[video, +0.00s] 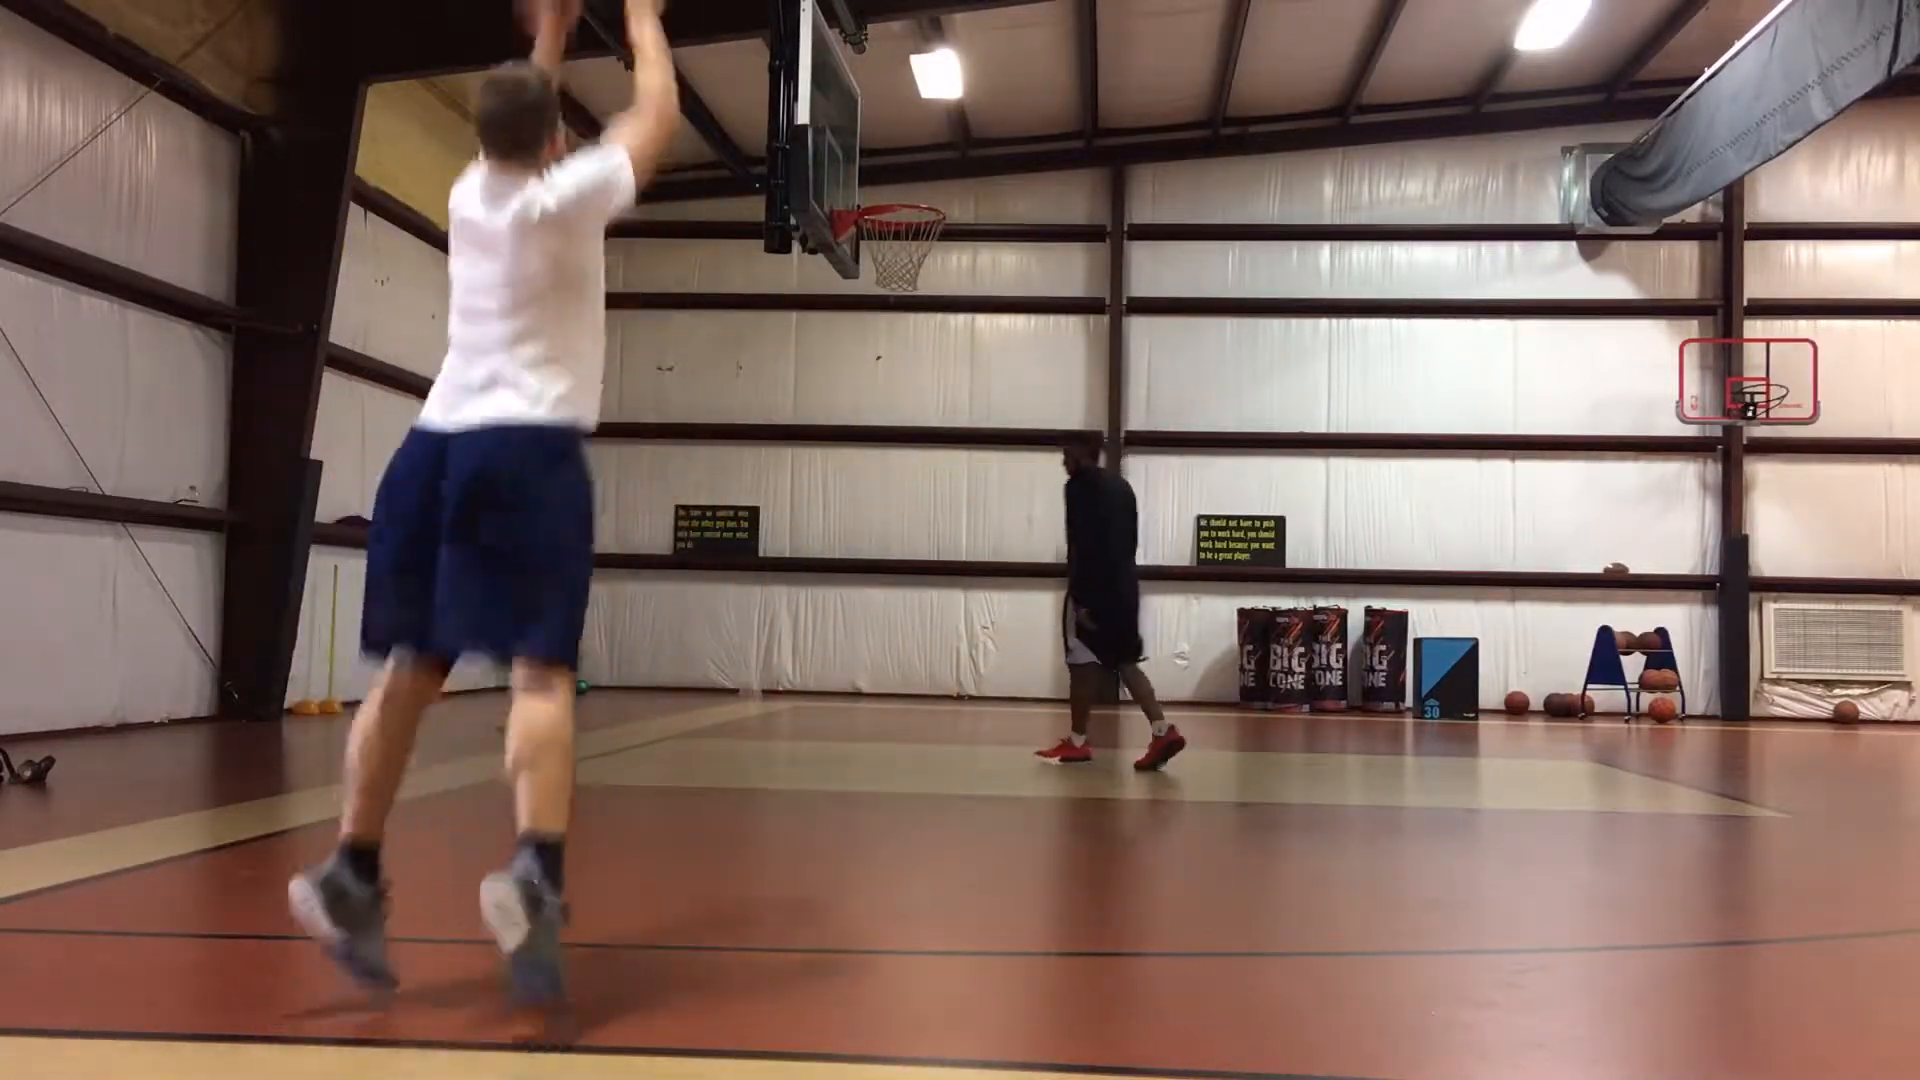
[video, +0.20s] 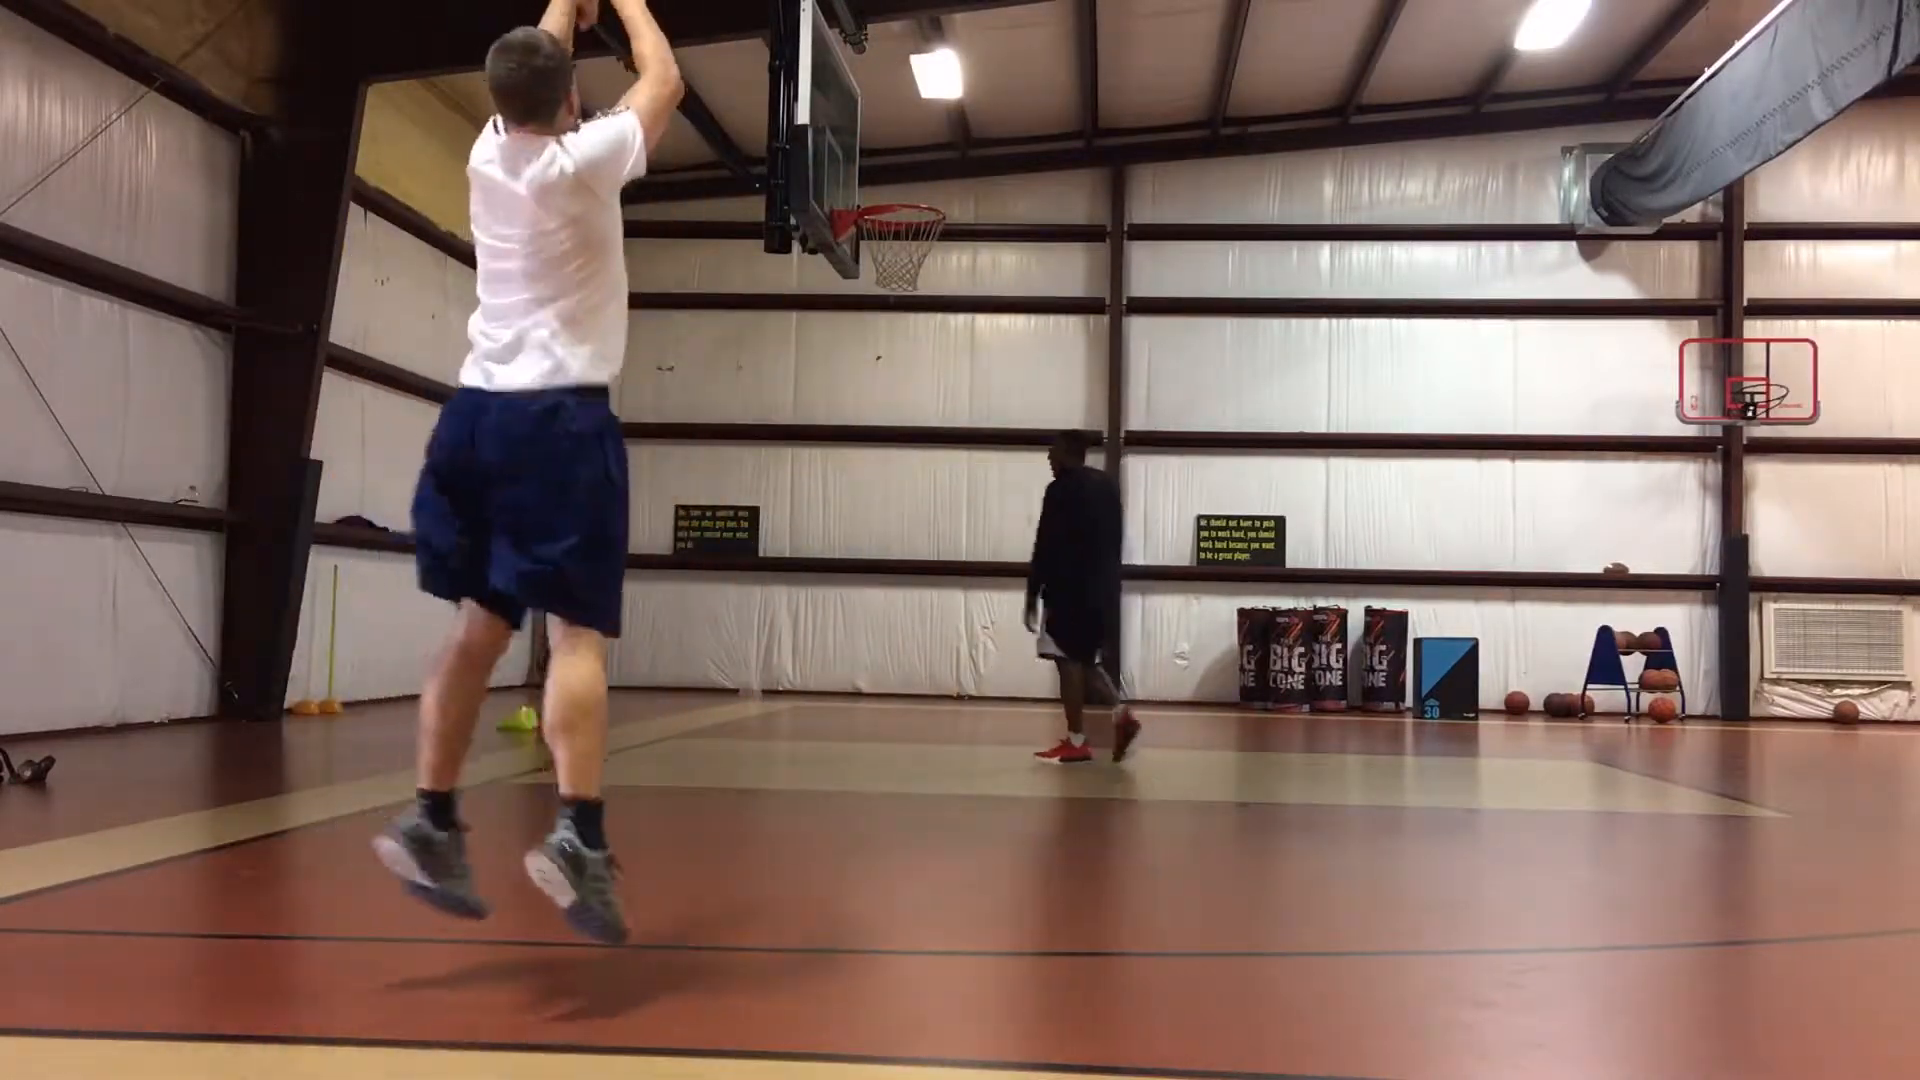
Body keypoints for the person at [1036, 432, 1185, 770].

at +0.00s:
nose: (1065, 460)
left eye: (1068, 453)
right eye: (1065, 453)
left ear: (1084, 452)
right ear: (1096, 452)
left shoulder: (1078, 487)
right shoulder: (1121, 487)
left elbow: (1082, 545)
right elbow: (1129, 544)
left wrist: (1080, 596)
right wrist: (1115, 580)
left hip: (1090, 592)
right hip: (1122, 589)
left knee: (1080, 665)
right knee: (1125, 662)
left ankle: (1077, 740)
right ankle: (1163, 731)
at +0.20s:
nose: (1049, 457)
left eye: (1053, 452)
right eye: (1050, 451)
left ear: (1067, 454)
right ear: (1081, 453)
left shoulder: (1059, 489)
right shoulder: (1105, 485)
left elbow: (1045, 547)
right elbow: (1113, 543)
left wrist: (1032, 595)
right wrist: (1106, 584)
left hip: (1068, 590)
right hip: (1101, 589)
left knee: (1068, 662)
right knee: (1084, 661)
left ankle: (1075, 740)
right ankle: (1120, 713)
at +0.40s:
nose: (1041, 452)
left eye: (1047, 447)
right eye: (1043, 446)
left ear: (1063, 452)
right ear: (1072, 453)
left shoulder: (1048, 489)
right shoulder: (1089, 486)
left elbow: (1026, 539)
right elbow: (1097, 541)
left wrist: (999, 578)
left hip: (1057, 589)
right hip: (1082, 587)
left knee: (1051, 657)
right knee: (1059, 658)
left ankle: (1075, 739)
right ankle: (1067, 736)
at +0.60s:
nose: (1033, 448)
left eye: (1041, 444)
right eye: (1036, 443)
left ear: (1059, 455)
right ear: (1054, 455)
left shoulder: (1049, 491)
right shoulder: (1050, 489)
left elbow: (1025, 545)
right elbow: (1029, 544)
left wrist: (990, 573)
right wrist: (995, 573)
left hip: (1046, 591)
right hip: (1037, 590)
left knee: (1055, 661)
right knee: (1024, 662)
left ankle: (1075, 739)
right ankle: (1020, 736)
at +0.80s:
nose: (1018, 449)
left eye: (1027, 446)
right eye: (1021, 444)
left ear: (1040, 457)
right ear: (1026, 456)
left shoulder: (1038, 492)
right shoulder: (1026, 490)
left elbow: (1033, 549)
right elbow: (1020, 546)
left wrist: (1024, 594)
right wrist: (1007, 586)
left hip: (1029, 590)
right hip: (1010, 588)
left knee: (1040, 659)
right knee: (1001, 658)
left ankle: (1071, 734)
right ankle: (1016, 735)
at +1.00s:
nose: (997, 452)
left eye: (1006, 448)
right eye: (999, 448)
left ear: (1020, 456)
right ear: (1005, 456)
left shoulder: (1024, 488)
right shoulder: (1002, 491)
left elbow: (1040, 541)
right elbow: (990, 546)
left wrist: (1045, 590)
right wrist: (966, 589)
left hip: (1014, 583)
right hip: (1001, 582)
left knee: (995, 651)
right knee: (1000, 655)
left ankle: (1047, 718)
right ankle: (1016, 734)